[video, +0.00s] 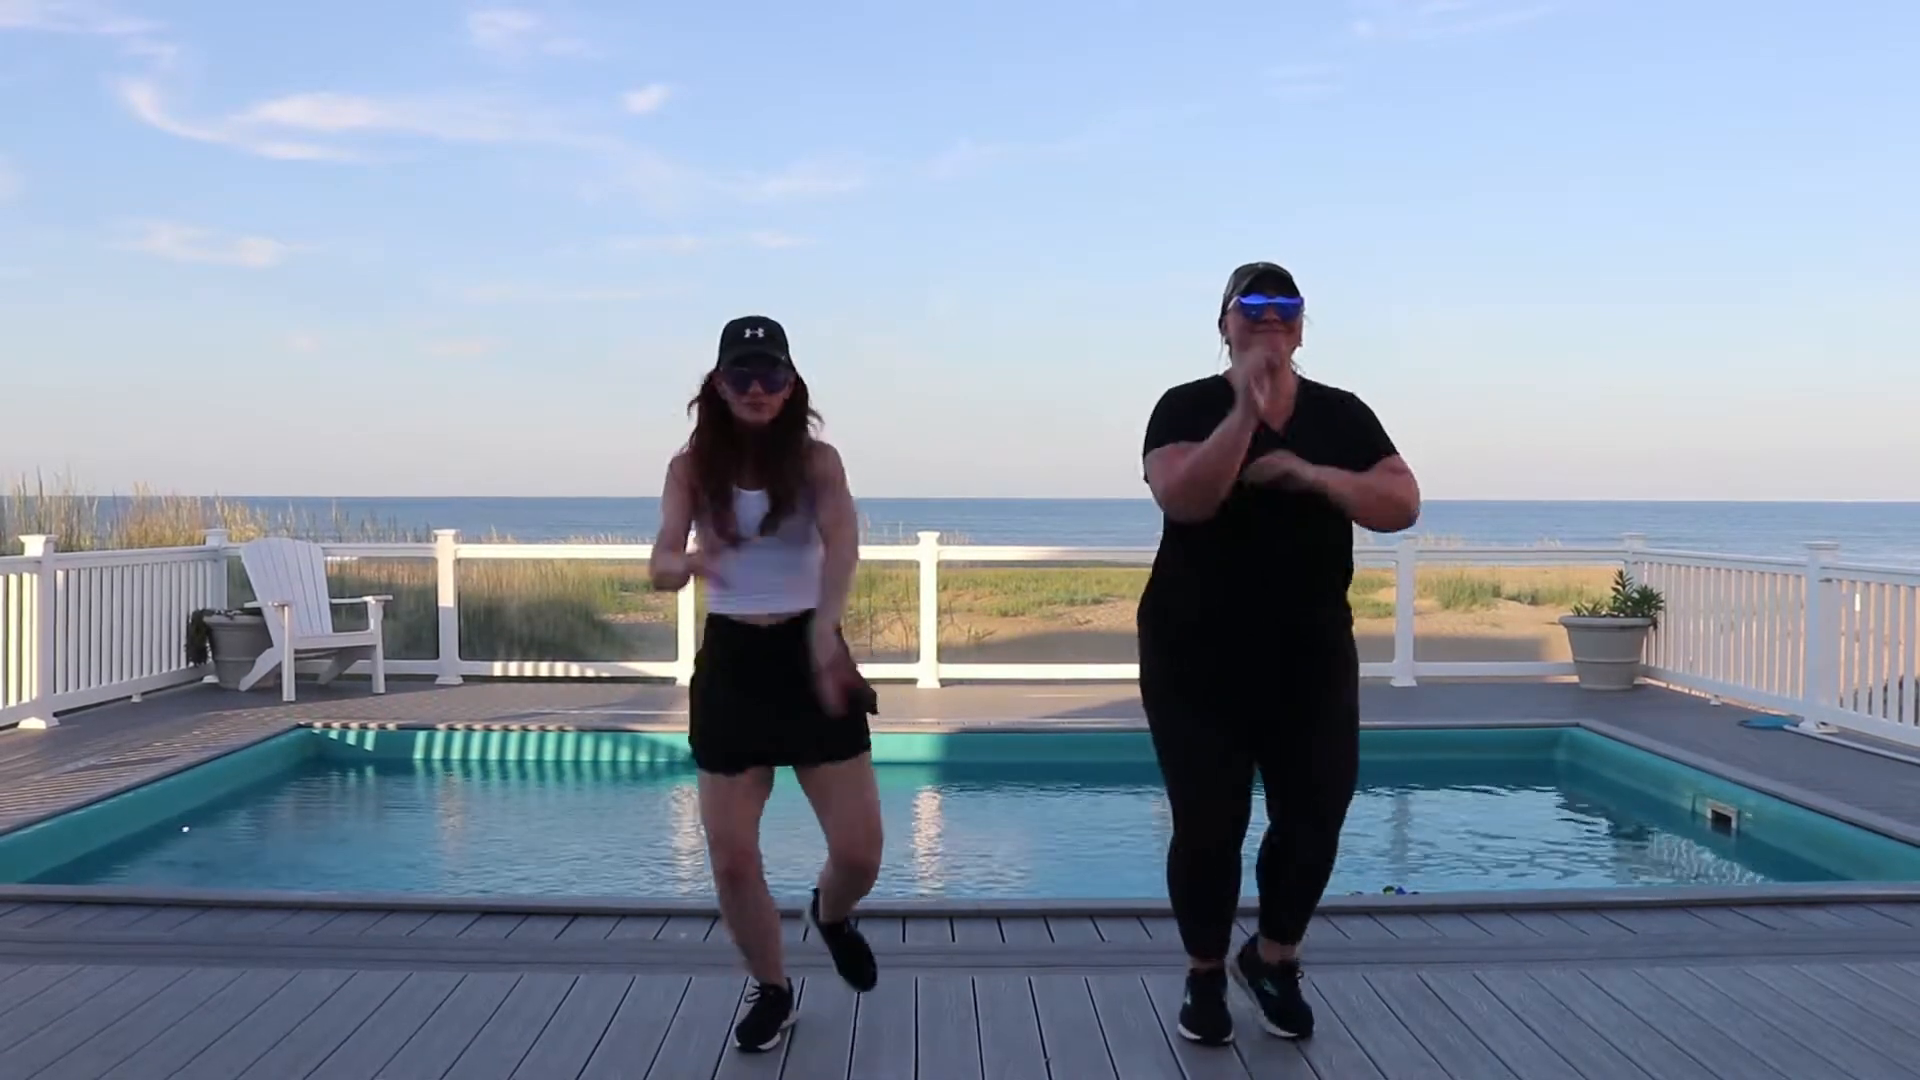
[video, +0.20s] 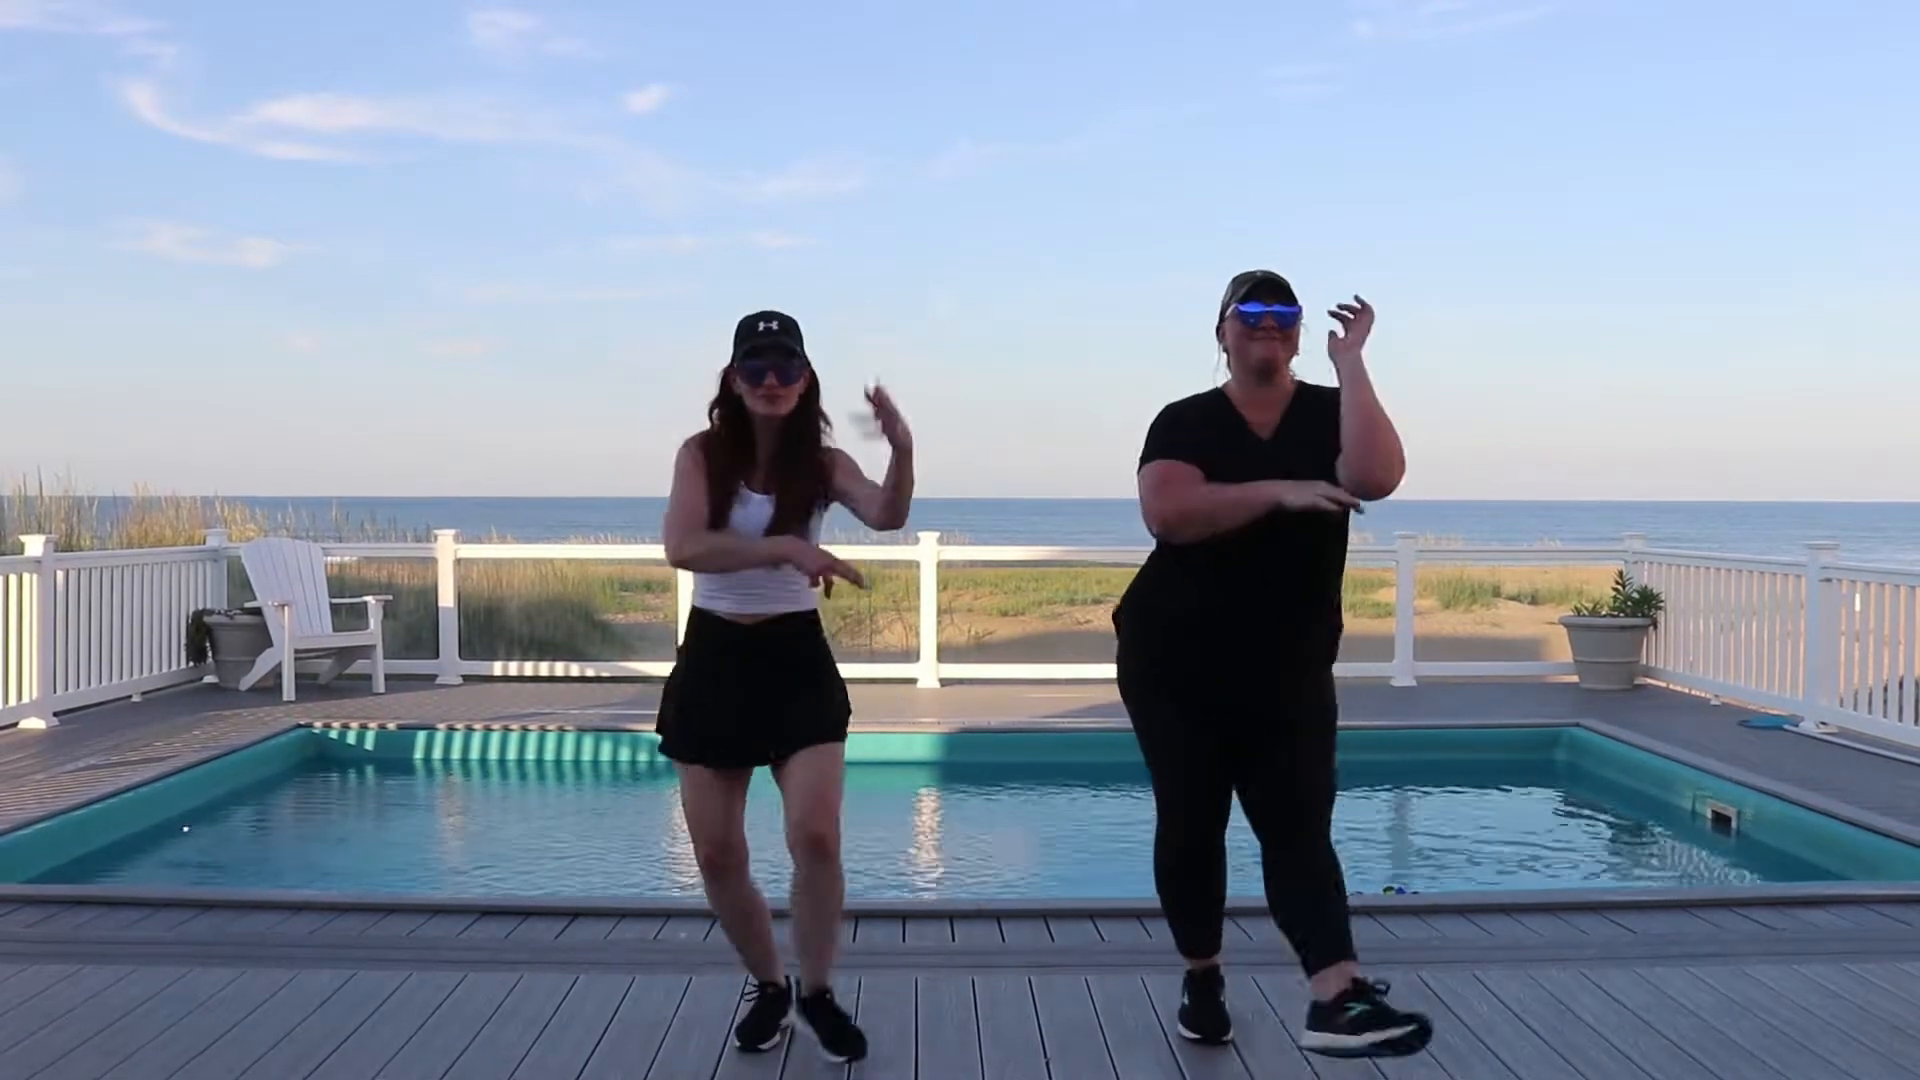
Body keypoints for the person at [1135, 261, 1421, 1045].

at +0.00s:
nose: (1270, 325)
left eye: (1284, 314)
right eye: (1254, 314)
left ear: (1302, 328)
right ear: (1225, 326)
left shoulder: (1342, 413)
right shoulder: (1184, 408)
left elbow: (1401, 502)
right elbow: (1182, 499)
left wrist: (1309, 473)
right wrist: (1246, 410)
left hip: (1311, 652)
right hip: (1198, 652)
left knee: (1315, 813)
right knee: (1207, 821)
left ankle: (1275, 957)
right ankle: (1206, 970)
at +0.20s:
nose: (1269, 330)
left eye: (1282, 320)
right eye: (1252, 319)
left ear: (1299, 334)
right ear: (1224, 333)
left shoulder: (1333, 415)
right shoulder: (1183, 422)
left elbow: (1376, 478)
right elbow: (1167, 510)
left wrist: (1351, 362)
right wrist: (1279, 492)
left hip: (1289, 662)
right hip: (1180, 661)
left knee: (1299, 824)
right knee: (1191, 823)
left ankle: (1336, 993)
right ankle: (1202, 977)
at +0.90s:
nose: (1274, 334)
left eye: (1288, 320)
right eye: (1259, 320)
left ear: (1307, 323)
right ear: (1233, 324)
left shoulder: (1352, 400)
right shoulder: (1196, 399)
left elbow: (1412, 474)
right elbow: (1167, 460)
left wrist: (1328, 449)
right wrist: (1234, 468)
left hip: (1322, 657)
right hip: (1210, 656)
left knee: (1302, 824)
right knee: (1210, 821)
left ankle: (1279, 970)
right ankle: (1216, 958)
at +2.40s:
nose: (1299, 309)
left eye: (1313, 299)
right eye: (1284, 298)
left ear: (1331, 315)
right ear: (1255, 312)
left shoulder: (1368, 401)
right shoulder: (1214, 396)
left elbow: (1410, 472)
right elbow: (1193, 492)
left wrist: (1400, 351)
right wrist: (1318, 485)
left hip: (1337, 654)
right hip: (1223, 653)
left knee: (1326, 826)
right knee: (1224, 820)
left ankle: (1310, 992)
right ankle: (1229, 956)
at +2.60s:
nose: (1301, 308)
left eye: (1314, 298)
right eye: (1285, 297)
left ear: (1334, 313)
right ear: (1258, 312)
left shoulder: (1373, 406)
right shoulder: (1221, 395)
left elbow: (1444, 481)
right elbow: (1200, 480)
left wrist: (1399, 396)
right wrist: (1321, 505)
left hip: (1345, 652)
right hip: (1231, 651)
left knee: (1333, 819)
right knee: (1228, 816)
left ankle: (1317, 968)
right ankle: (1231, 955)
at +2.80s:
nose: (1301, 311)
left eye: (1315, 300)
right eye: (1285, 300)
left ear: (1336, 319)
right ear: (1260, 318)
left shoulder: (1383, 405)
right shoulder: (1222, 405)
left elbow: (1439, 489)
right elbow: (1204, 480)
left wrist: (1325, 497)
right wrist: (1271, 391)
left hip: (1353, 661)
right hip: (1238, 661)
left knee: (1329, 824)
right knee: (1238, 827)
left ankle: (1314, 979)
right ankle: (1217, 999)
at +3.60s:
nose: (1283, 323)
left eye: (1296, 313)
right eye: (1268, 311)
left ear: (1314, 329)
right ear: (1240, 325)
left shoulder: (1351, 423)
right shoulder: (1196, 413)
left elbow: (1428, 490)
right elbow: (1160, 500)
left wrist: (1375, 411)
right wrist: (1260, 511)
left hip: (1332, 662)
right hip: (1216, 665)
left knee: (1344, 827)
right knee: (1229, 829)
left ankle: (1357, 1003)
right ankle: (1236, 975)